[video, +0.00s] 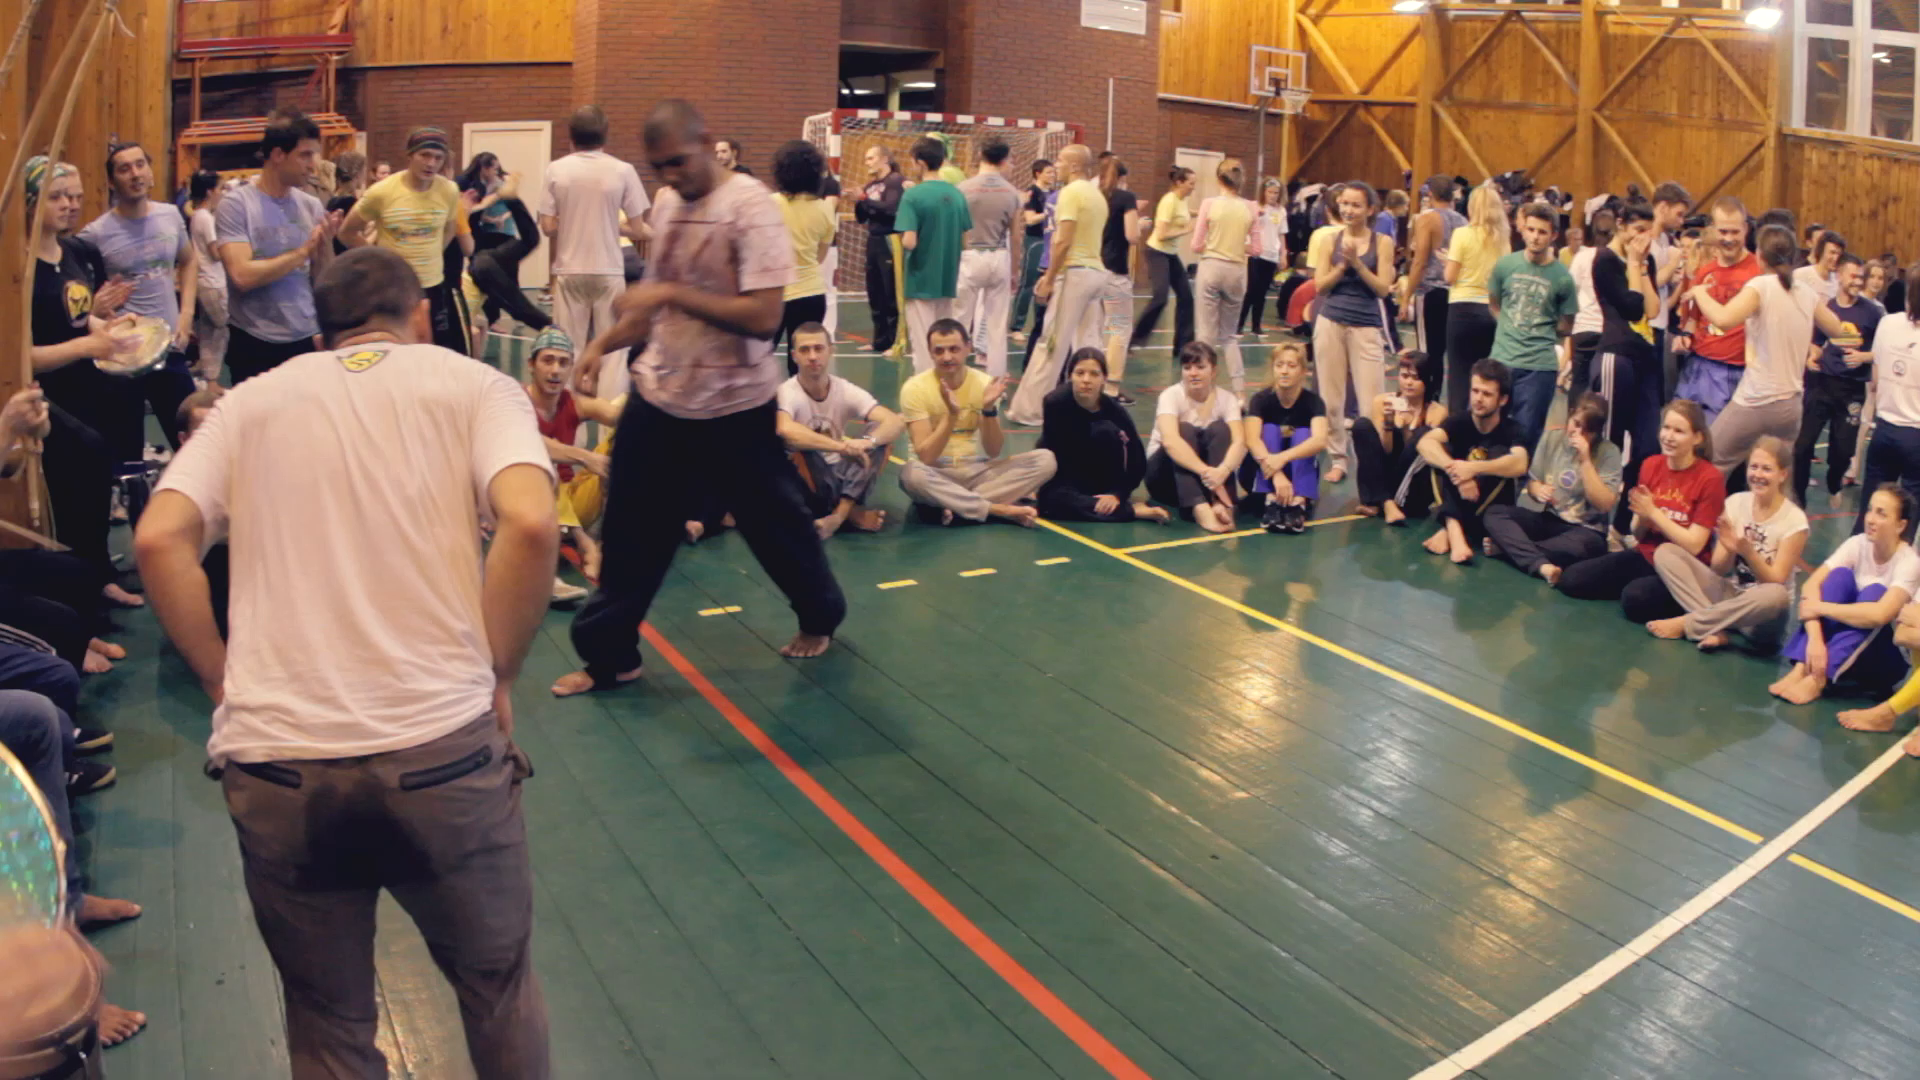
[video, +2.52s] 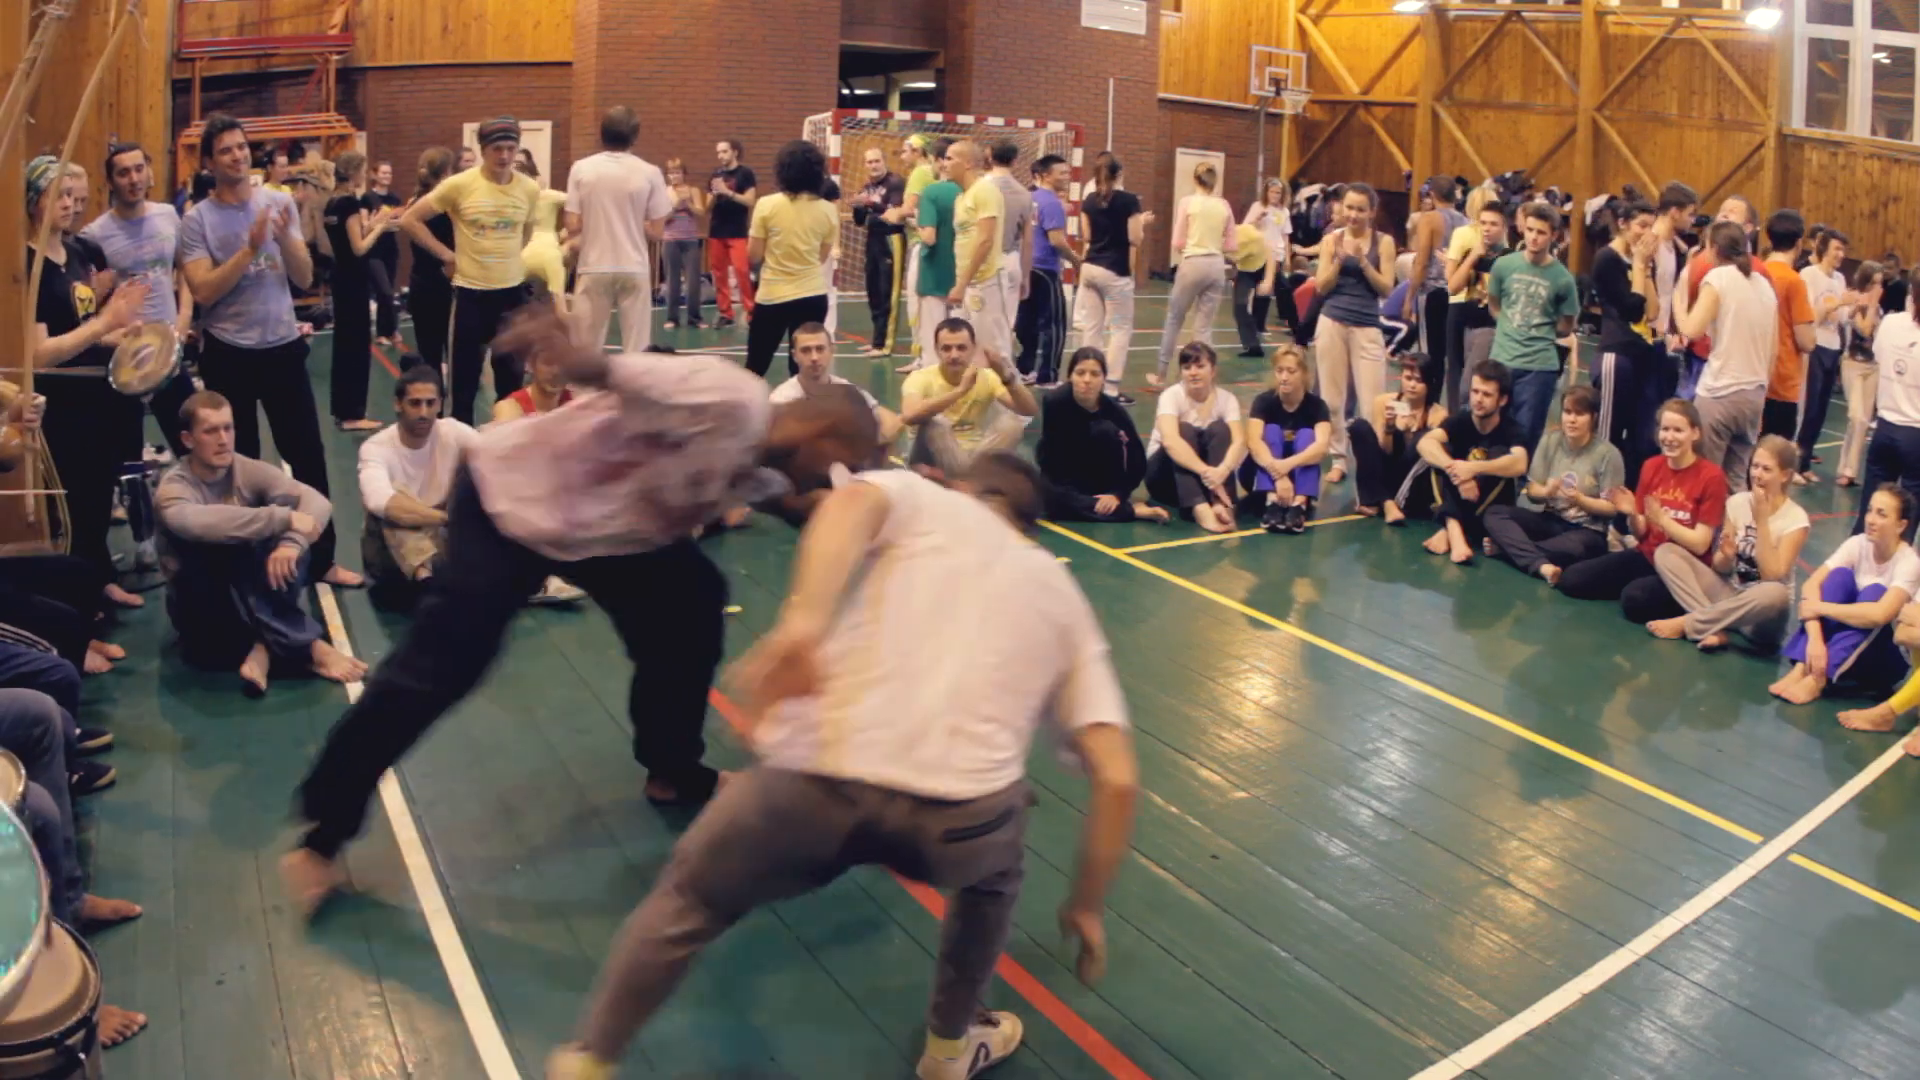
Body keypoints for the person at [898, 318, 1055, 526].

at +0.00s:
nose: (947, 358)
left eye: (954, 350)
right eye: (939, 351)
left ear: (968, 348)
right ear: (930, 353)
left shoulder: (984, 383)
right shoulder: (915, 389)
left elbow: (993, 450)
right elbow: (926, 456)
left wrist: (988, 409)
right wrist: (951, 416)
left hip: (980, 470)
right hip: (939, 473)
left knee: (1046, 460)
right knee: (911, 474)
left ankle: (959, 508)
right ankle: (996, 510)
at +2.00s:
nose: (955, 366)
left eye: (964, 359)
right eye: (949, 358)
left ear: (978, 360)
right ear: (940, 355)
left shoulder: (989, 390)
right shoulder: (918, 388)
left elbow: (982, 458)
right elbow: (922, 456)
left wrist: (981, 423)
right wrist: (963, 423)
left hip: (979, 468)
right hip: (939, 470)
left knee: (1041, 454)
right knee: (913, 471)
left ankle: (960, 507)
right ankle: (996, 509)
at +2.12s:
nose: (954, 361)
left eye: (963, 354)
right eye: (948, 353)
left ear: (975, 355)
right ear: (939, 352)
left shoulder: (989, 386)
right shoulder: (918, 385)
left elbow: (987, 452)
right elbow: (921, 447)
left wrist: (981, 409)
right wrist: (963, 410)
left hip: (979, 465)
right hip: (938, 465)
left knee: (1033, 447)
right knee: (916, 466)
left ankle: (955, 504)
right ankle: (1002, 509)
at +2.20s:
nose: (954, 357)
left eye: (962, 350)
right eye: (947, 349)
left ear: (975, 351)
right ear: (938, 350)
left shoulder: (988, 381)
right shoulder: (918, 381)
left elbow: (995, 436)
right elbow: (920, 436)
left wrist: (982, 391)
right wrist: (963, 400)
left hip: (974, 463)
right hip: (937, 463)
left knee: (1023, 442)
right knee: (919, 456)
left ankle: (949, 501)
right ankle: (1002, 507)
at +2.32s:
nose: (954, 353)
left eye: (961, 346)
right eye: (946, 346)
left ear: (974, 348)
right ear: (937, 348)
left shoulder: (983, 376)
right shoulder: (919, 377)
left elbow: (1008, 414)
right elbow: (917, 418)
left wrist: (986, 368)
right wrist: (962, 384)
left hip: (971, 470)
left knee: (1019, 432)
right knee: (925, 437)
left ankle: (947, 499)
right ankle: (997, 506)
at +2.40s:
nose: (954, 352)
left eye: (961, 346)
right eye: (946, 346)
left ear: (972, 348)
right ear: (937, 348)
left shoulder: (981, 375)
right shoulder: (919, 376)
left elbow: (1018, 406)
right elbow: (915, 412)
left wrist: (989, 361)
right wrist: (962, 376)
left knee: (1012, 427)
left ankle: (948, 499)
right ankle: (990, 503)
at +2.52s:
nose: (954, 355)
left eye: (961, 348)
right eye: (946, 349)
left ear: (973, 349)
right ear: (937, 350)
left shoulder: (987, 378)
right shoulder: (919, 378)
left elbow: (1030, 410)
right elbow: (910, 416)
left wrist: (1007, 376)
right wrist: (960, 391)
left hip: (979, 451)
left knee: (1013, 424)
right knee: (935, 426)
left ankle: (975, 475)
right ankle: (968, 478)